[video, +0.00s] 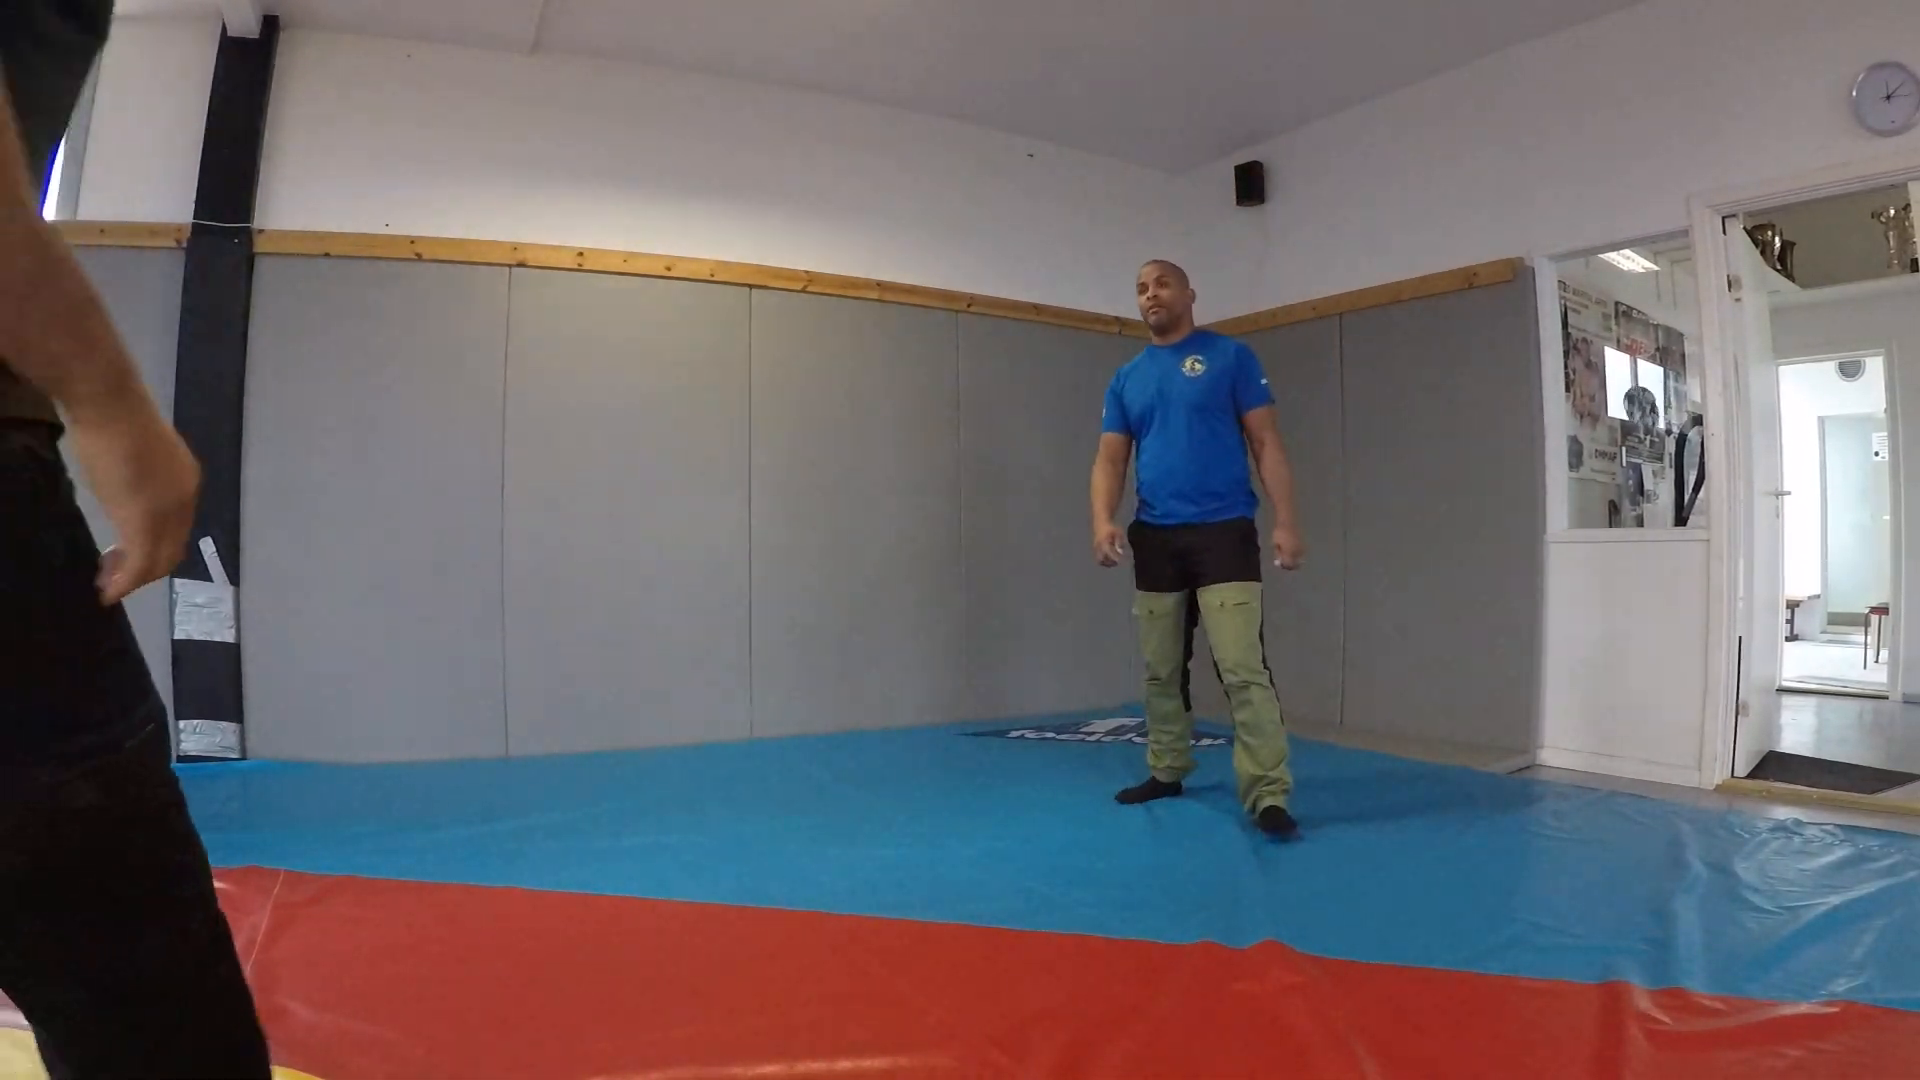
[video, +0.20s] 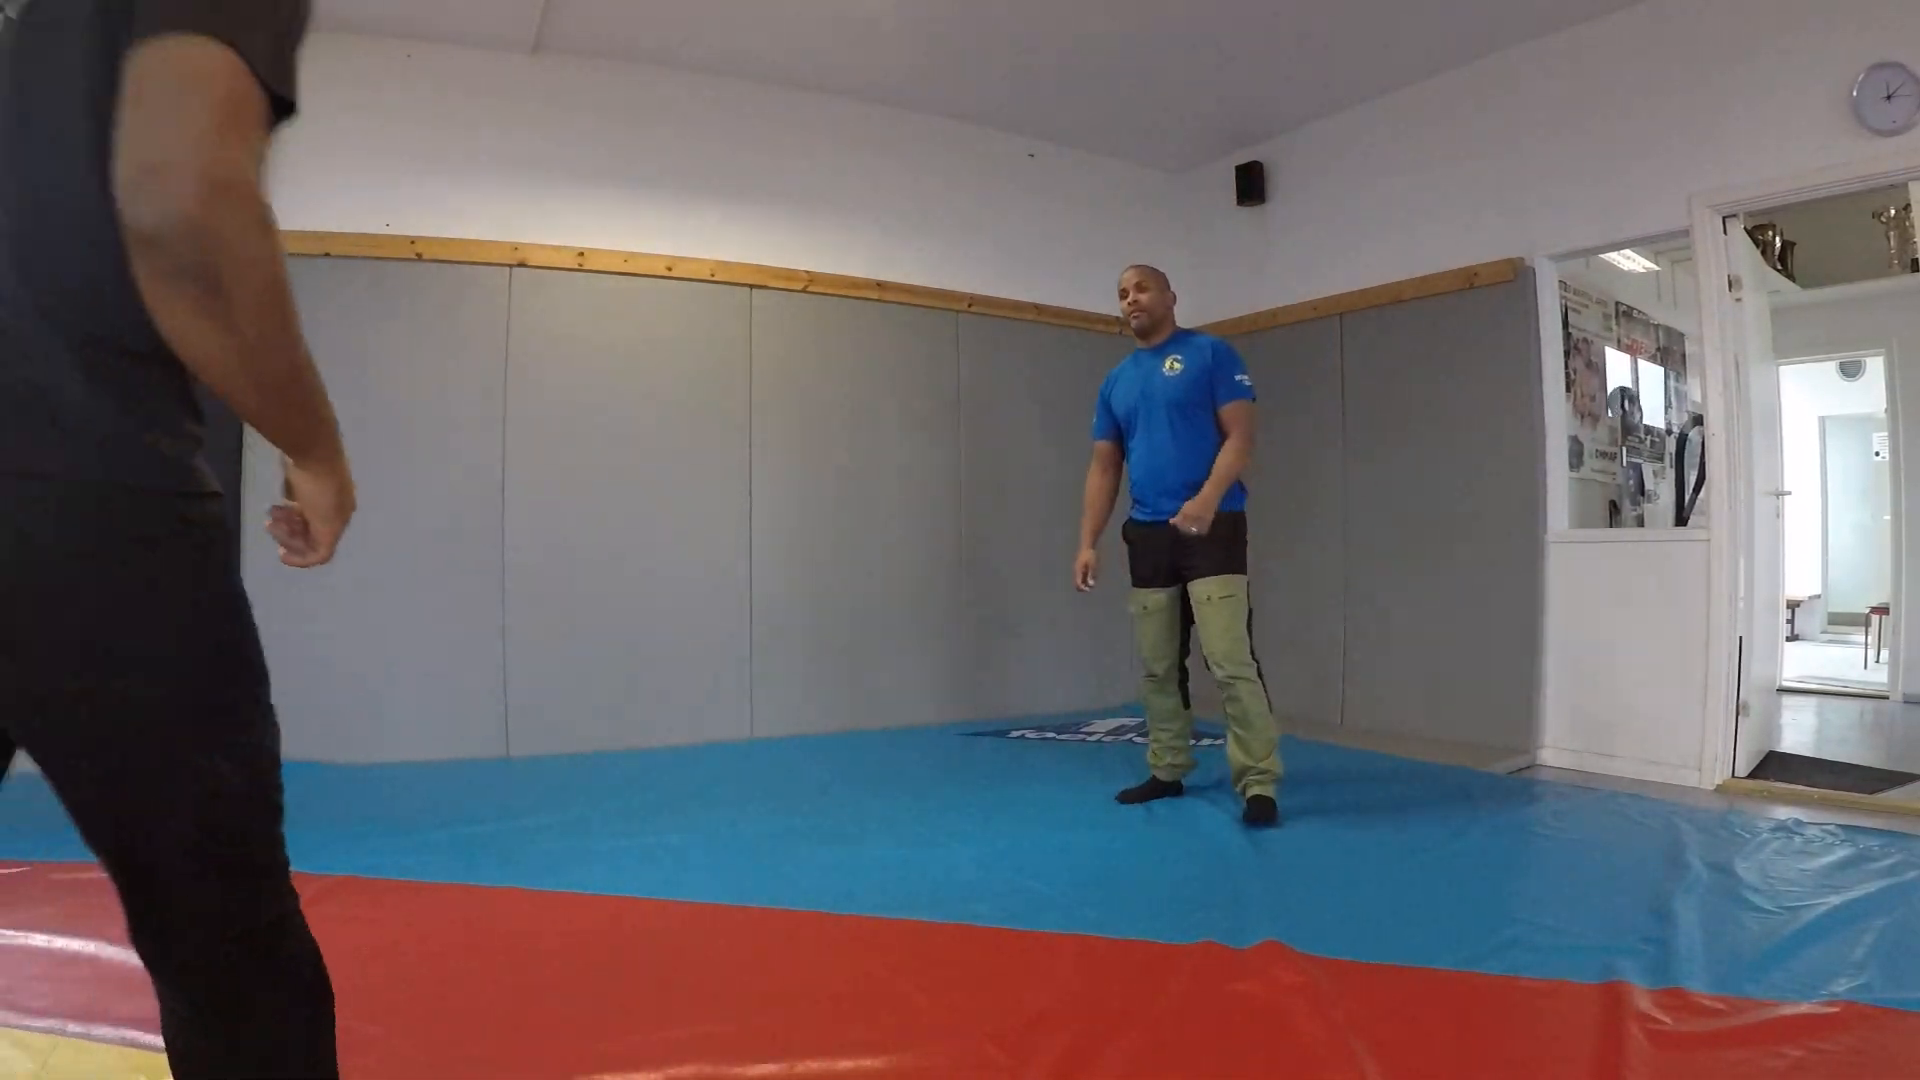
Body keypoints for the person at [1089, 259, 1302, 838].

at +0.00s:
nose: (1150, 294)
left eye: (1161, 284)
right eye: (1143, 288)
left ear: (1189, 295)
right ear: (1138, 304)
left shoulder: (1231, 358)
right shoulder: (1126, 379)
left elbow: (1265, 442)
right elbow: (1110, 458)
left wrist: (1285, 523)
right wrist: (1102, 521)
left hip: (1225, 533)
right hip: (1155, 537)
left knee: (1241, 667)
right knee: (1160, 666)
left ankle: (1268, 795)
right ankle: (1166, 772)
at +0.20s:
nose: (1131, 300)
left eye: (1141, 289)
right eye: (1124, 294)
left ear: (1170, 297)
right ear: (1121, 308)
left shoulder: (1211, 354)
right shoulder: (1117, 381)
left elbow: (1241, 438)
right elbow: (1104, 466)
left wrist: (1207, 499)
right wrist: (1088, 542)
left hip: (1211, 526)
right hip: (1148, 533)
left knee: (1230, 660)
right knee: (1158, 664)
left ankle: (1258, 784)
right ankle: (1167, 773)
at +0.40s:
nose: (1127, 306)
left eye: (1137, 294)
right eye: (1121, 300)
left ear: (1167, 301)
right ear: (1119, 314)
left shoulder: (1201, 355)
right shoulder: (1120, 384)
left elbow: (1237, 431)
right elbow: (1109, 470)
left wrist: (1180, 478)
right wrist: (1088, 542)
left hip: (1201, 529)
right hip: (1140, 535)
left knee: (1218, 664)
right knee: (1154, 666)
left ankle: (1252, 786)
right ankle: (1167, 773)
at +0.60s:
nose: (1126, 308)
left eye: (1136, 297)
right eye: (1121, 302)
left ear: (1168, 303)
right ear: (1120, 315)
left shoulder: (1197, 355)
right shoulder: (1123, 384)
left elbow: (1229, 431)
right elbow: (1121, 469)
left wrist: (1166, 472)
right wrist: (1104, 541)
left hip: (1191, 529)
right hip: (1136, 535)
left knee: (1208, 661)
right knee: (1153, 665)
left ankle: (1251, 786)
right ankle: (1168, 772)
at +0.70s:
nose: (1126, 308)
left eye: (1136, 297)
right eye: (1121, 302)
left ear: (1168, 304)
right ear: (1120, 316)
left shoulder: (1196, 355)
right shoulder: (1122, 385)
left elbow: (1226, 431)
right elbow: (1123, 471)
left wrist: (1157, 465)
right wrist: (1110, 544)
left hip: (1188, 527)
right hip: (1136, 535)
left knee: (1204, 661)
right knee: (1151, 665)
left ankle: (1247, 786)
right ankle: (1169, 772)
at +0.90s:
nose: (1122, 309)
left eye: (1132, 299)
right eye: (1118, 303)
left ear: (1164, 304)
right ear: (1118, 316)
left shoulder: (1193, 354)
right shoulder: (1119, 386)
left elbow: (1221, 430)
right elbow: (1120, 465)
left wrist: (1148, 451)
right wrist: (1106, 535)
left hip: (1183, 525)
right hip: (1133, 530)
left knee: (1191, 655)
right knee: (1148, 662)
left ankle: (1248, 783)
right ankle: (1168, 772)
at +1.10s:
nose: (1118, 312)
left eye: (1127, 300)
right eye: (1113, 305)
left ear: (1159, 303)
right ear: (1115, 318)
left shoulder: (1189, 353)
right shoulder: (1121, 385)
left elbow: (1223, 427)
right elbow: (1114, 468)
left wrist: (1147, 445)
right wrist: (1089, 530)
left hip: (1185, 521)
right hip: (1135, 528)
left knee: (1178, 644)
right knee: (1146, 659)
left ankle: (1246, 775)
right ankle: (1168, 771)